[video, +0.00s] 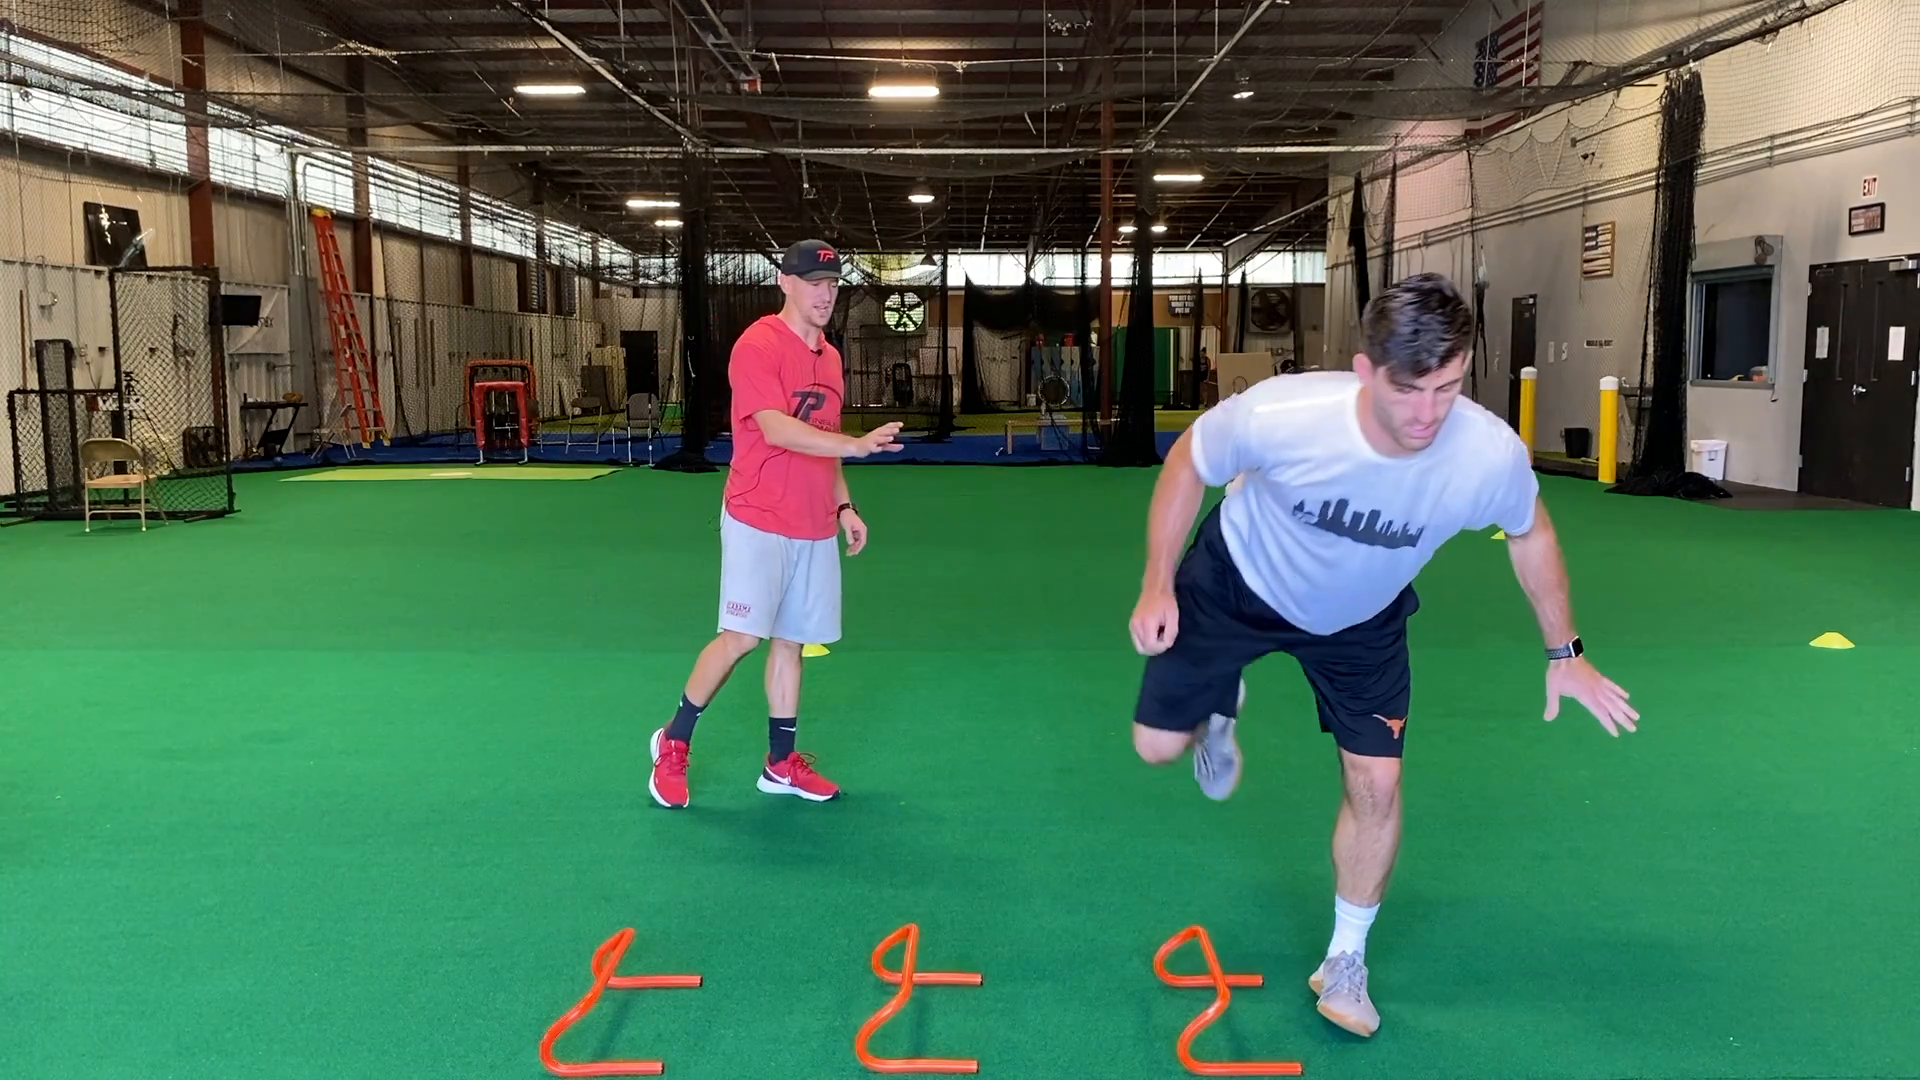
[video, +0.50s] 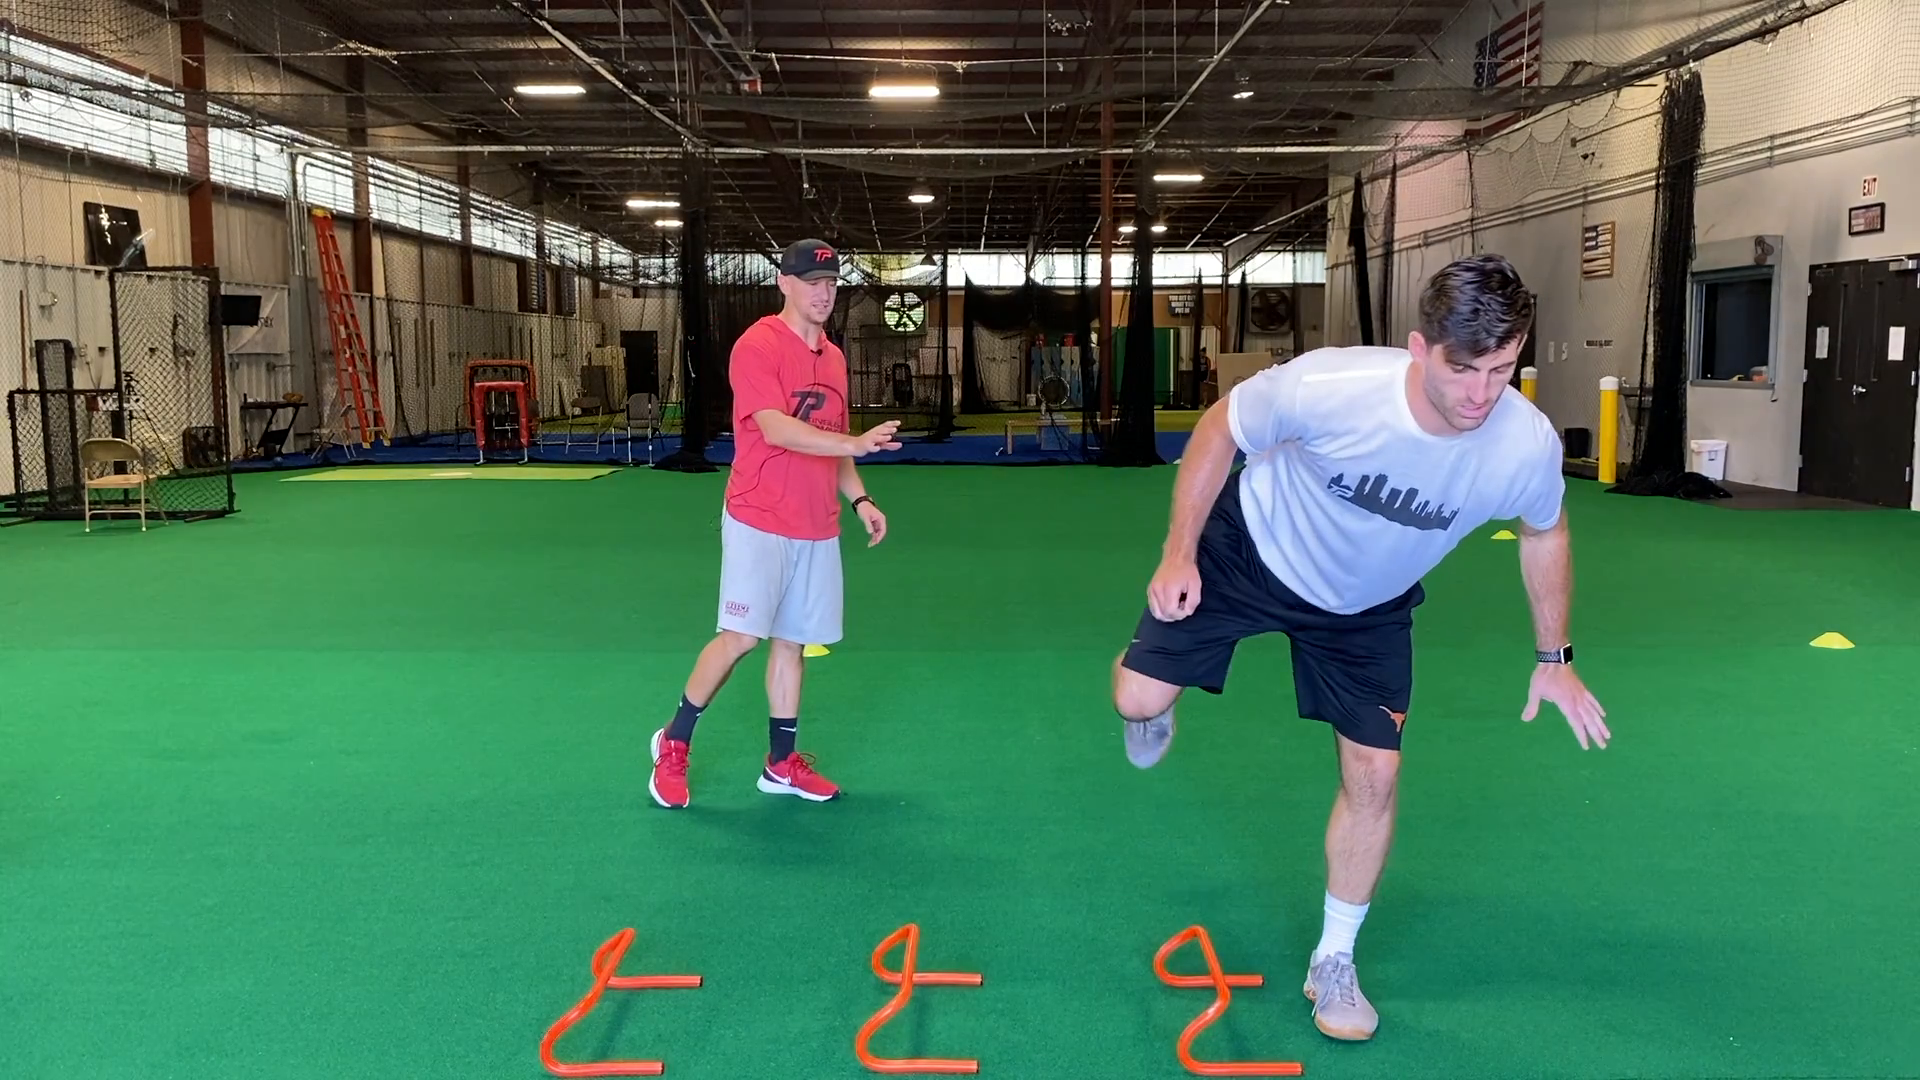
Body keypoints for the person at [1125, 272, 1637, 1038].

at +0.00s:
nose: (1427, 410)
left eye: (1444, 389)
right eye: (1408, 389)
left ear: (1463, 372)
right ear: (1364, 369)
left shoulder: (1491, 456)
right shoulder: (1277, 415)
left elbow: (1531, 533)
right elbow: (1189, 459)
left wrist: (1564, 651)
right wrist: (1157, 580)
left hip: (1363, 617)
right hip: (1237, 583)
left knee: (1377, 782)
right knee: (1155, 742)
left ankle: (1346, 959)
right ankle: (1218, 709)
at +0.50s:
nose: (1481, 393)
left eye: (1501, 372)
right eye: (1463, 369)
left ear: (1517, 359)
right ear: (1421, 346)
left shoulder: (1527, 445)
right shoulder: (1328, 386)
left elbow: (1544, 532)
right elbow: (1221, 426)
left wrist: (1553, 656)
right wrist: (1178, 552)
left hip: (1371, 602)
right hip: (1250, 548)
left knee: (1374, 772)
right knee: (1135, 695)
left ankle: (1334, 960)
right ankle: (1153, 706)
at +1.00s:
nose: (1400, 376)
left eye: (1421, 356)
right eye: (1383, 354)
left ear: (1442, 338)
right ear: (1344, 328)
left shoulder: (1471, 397)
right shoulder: (1262, 393)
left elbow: (1489, 456)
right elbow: (1167, 467)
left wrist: (1478, 535)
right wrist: (1218, 586)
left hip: (1345, 594)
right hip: (1223, 570)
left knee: (1341, 764)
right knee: (1179, 743)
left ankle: (1330, 957)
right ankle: (1208, 733)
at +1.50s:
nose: (1127, 305)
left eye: (1144, 285)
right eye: (1109, 286)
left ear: (1171, 269)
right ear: (1076, 270)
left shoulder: (1228, 331)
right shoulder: (1013, 347)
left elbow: (1294, 371)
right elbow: (981, 403)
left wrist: (1258, 493)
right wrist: (1007, 523)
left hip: (1200, 561)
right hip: (1074, 562)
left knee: (1261, 739)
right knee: (1047, 744)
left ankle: (1324, 915)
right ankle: (1030, 924)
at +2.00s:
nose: (790, 282)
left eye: (809, 264)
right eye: (775, 264)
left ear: (851, 252)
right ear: (755, 256)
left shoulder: (916, 330)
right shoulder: (711, 338)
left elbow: (1013, 358)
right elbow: (686, 435)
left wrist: (998, 488)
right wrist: (712, 507)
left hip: (893, 555)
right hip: (774, 573)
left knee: (950, 714)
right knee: (755, 781)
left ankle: (944, 818)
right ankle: (737, 953)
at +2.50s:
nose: (484, 341)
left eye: (504, 320)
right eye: (471, 320)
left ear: (553, 307)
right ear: (453, 311)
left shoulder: (630, 391)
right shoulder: (436, 364)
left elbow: (752, 438)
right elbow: (436, 432)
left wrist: (705, 567)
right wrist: (437, 539)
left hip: (638, 590)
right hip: (519, 597)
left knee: (649, 750)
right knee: (487, 784)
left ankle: (696, 762)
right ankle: (472, 969)